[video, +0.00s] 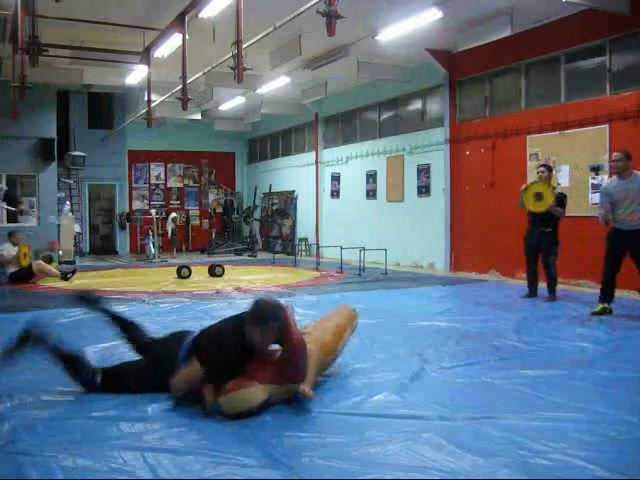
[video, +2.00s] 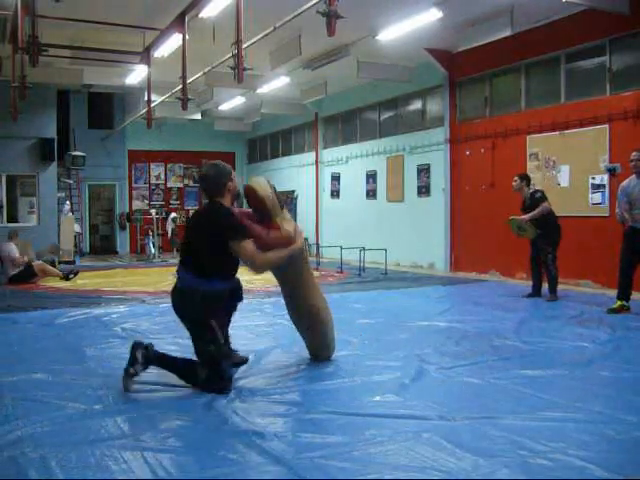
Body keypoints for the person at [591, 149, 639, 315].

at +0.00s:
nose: (614, 164)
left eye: (618, 161)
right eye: (612, 161)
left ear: (629, 163)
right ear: (611, 164)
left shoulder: (637, 180)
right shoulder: (608, 186)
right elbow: (604, 209)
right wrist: (605, 217)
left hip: (636, 229)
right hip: (618, 229)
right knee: (610, 268)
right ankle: (605, 302)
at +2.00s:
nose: (634, 164)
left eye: (636, 160)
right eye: (632, 161)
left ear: (639, 163)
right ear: (630, 164)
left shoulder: (629, 186)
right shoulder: (626, 186)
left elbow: (622, 209)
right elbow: (622, 209)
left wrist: (629, 221)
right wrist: (628, 221)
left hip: (634, 228)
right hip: (632, 228)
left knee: (627, 265)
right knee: (626, 265)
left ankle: (623, 299)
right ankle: (623, 299)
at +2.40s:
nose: (633, 163)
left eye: (635, 160)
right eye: (631, 160)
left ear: (639, 162)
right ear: (629, 163)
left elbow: (622, 209)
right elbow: (622, 209)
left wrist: (628, 221)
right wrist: (627, 222)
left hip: (634, 229)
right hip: (632, 228)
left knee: (627, 265)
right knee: (626, 265)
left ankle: (623, 299)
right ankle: (623, 299)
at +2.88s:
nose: (634, 163)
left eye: (636, 160)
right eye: (632, 160)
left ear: (639, 162)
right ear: (630, 163)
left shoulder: (629, 186)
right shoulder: (626, 186)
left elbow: (622, 208)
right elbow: (622, 208)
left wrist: (628, 223)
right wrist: (627, 223)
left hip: (634, 229)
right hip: (633, 229)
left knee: (627, 265)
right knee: (626, 265)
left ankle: (623, 299)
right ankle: (622, 299)